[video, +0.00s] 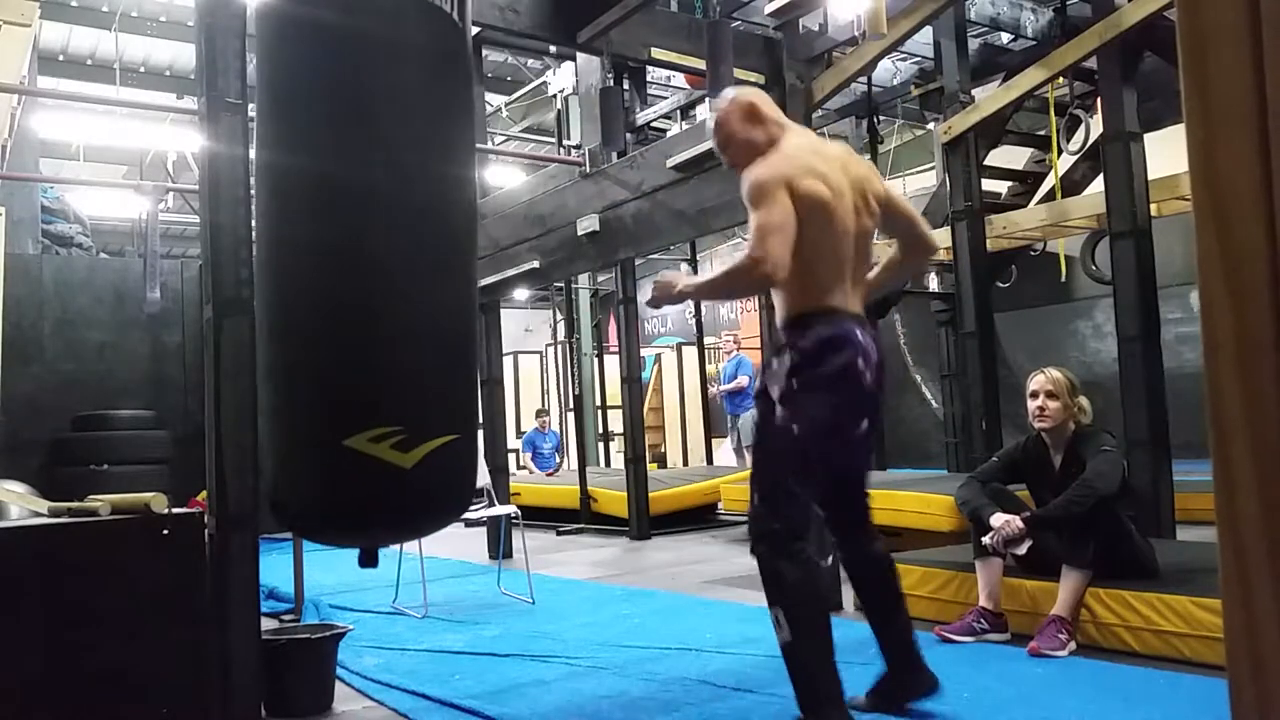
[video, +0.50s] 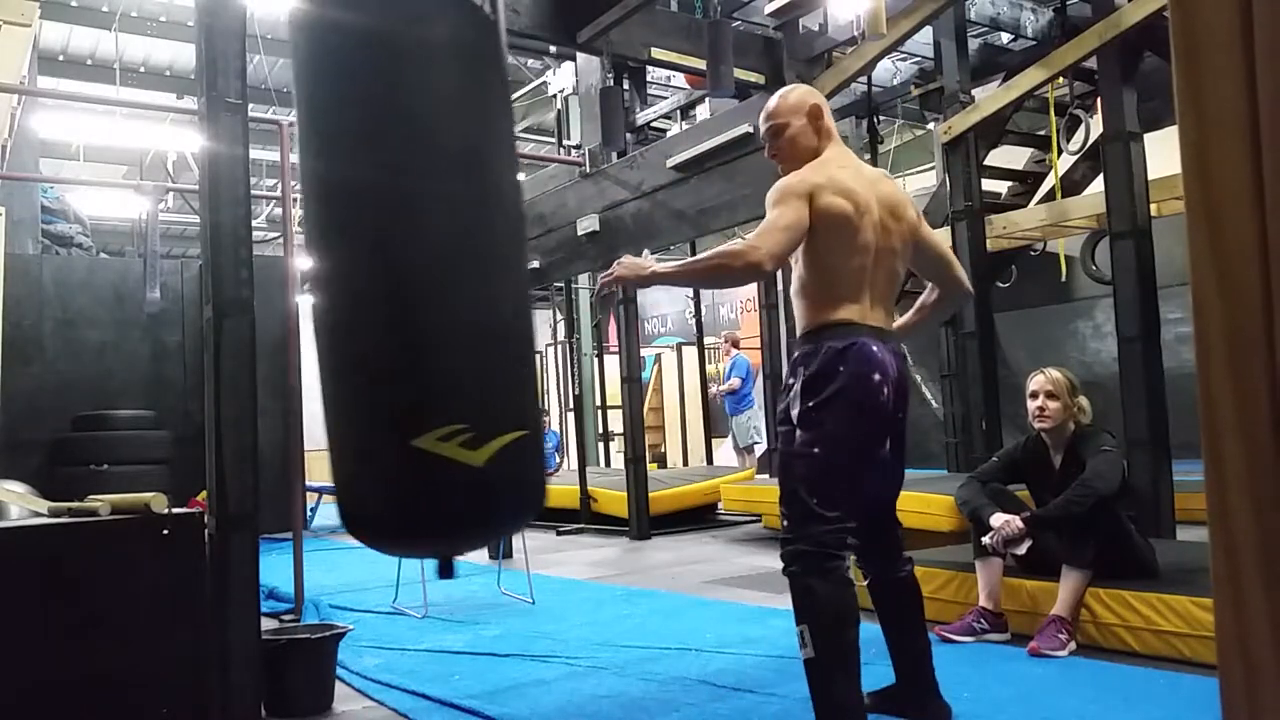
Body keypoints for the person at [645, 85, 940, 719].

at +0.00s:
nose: (724, 154)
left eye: (723, 138)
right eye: (719, 142)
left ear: (749, 118)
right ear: (772, 114)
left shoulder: (769, 171)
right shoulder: (851, 162)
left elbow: (766, 265)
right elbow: (921, 246)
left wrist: (687, 288)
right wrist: (860, 298)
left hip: (810, 355)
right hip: (860, 350)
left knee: (778, 533)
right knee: (850, 518)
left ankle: (822, 706)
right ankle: (906, 668)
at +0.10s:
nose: (743, 167)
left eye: (748, 150)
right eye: (737, 158)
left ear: (789, 135)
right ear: (796, 142)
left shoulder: (784, 201)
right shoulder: (866, 195)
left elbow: (770, 290)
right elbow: (923, 281)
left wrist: (678, 305)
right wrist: (866, 314)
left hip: (827, 383)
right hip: (872, 379)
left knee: (785, 549)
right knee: (857, 541)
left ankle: (831, 708)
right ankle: (915, 690)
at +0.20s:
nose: (750, 163)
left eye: (753, 145)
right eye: (744, 151)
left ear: (793, 128)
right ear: (799, 132)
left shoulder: (792, 193)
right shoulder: (873, 193)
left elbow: (766, 281)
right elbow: (929, 283)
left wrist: (673, 304)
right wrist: (877, 327)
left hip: (830, 374)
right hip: (876, 370)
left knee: (795, 545)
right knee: (865, 537)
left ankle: (834, 709)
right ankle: (914, 689)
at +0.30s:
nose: (754, 148)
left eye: (761, 132)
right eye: (749, 137)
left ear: (803, 116)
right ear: (812, 124)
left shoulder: (793, 182)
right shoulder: (879, 186)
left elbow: (756, 261)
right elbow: (938, 276)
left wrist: (658, 286)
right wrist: (886, 318)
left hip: (828, 366)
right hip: (877, 363)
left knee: (803, 542)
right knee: (873, 530)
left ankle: (833, 709)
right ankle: (917, 690)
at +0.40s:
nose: (763, 146)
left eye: (771, 130)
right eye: (758, 136)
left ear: (813, 118)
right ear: (819, 127)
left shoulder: (799, 182)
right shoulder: (884, 190)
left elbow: (755, 256)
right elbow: (947, 281)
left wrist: (653, 275)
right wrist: (888, 324)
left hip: (830, 365)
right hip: (883, 365)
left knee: (812, 547)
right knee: (877, 535)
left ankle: (839, 709)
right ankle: (919, 692)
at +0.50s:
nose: (768, 146)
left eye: (776, 131)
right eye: (763, 137)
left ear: (818, 118)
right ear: (825, 127)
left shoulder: (803, 184)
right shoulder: (891, 191)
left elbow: (758, 257)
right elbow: (953, 286)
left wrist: (654, 270)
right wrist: (893, 330)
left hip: (831, 366)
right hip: (887, 367)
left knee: (814, 547)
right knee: (878, 535)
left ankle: (840, 709)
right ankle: (919, 692)